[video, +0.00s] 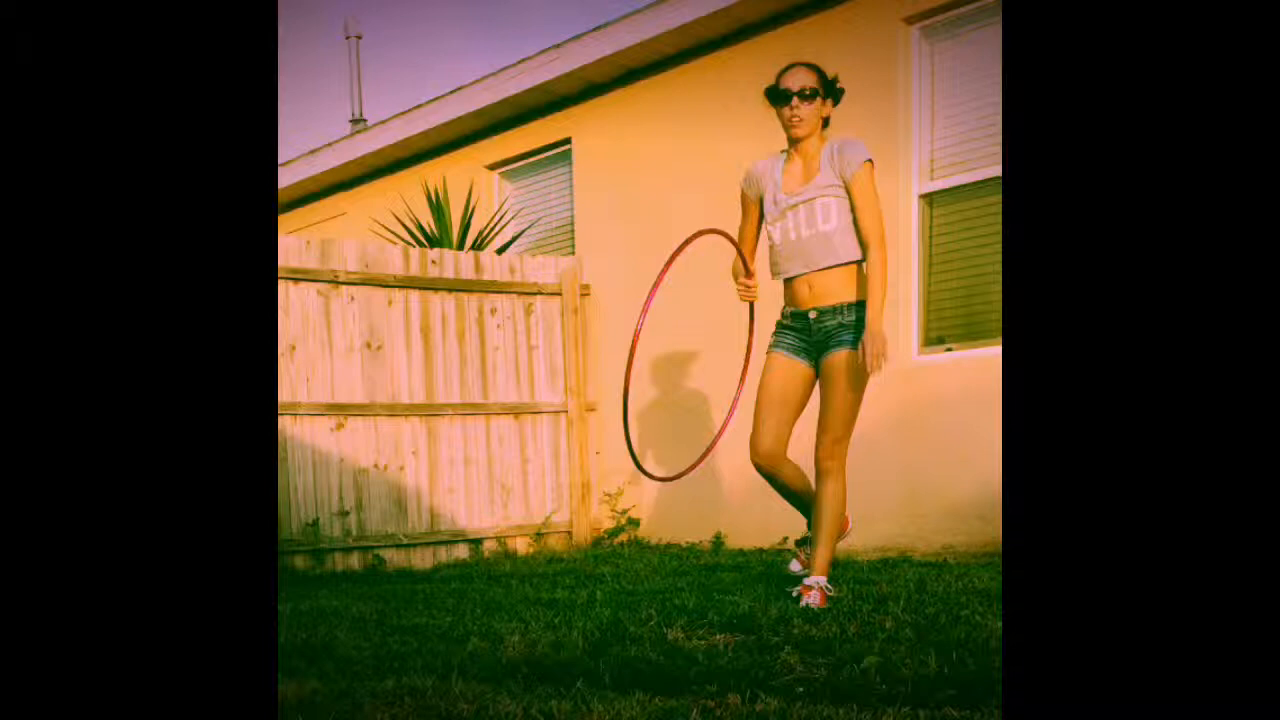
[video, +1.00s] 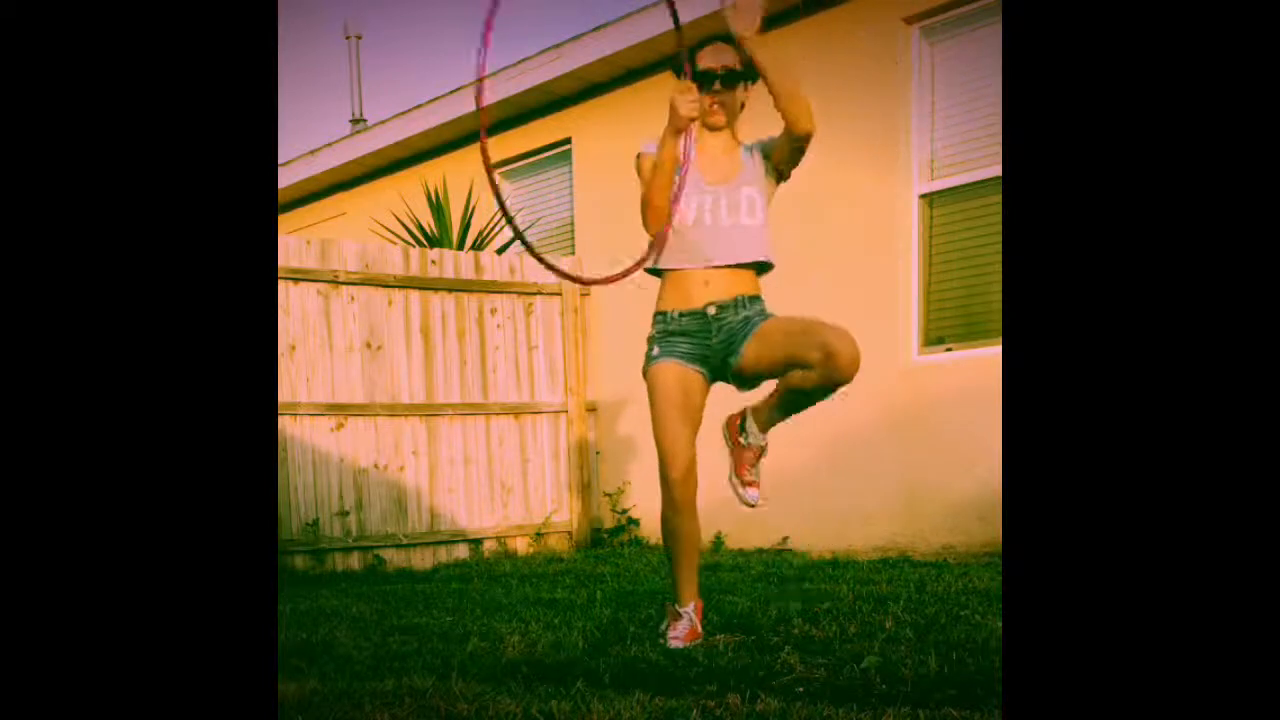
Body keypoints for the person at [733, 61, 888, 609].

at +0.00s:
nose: (794, 106)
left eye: (806, 96)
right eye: (784, 98)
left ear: (828, 105)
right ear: (774, 109)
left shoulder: (846, 155)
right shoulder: (761, 174)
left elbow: (875, 245)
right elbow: (744, 250)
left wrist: (873, 326)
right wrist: (746, 278)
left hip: (846, 321)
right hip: (793, 325)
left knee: (829, 456)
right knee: (765, 453)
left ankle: (816, 581)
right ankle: (829, 521)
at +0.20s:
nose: (799, 93)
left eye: (811, 84)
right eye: (789, 84)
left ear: (828, 95)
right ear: (774, 95)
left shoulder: (850, 158)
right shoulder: (752, 160)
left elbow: (889, 247)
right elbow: (711, 246)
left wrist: (921, 313)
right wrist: (747, 245)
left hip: (837, 317)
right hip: (775, 317)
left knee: (822, 456)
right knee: (771, 445)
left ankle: (815, 579)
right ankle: (776, 552)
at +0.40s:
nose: (789, 98)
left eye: (800, 87)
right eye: (777, 87)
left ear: (814, 93)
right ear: (762, 94)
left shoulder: (830, 167)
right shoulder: (738, 158)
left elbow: (859, 260)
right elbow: (702, 251)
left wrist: (938, 264)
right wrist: (729, 217)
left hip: (822, 321)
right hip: (758, 319)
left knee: (812, 458)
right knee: (745, 445)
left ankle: (812, 580)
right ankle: (725, 577)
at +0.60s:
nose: (764, 98)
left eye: (776, 87)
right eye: (752, 86)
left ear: (792, 95)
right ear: (735, 92)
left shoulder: (804, 169)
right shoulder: (711, 153)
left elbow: (879, 225)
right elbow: (676, 247)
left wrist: (887, 161)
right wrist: (691, 199)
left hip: (789, 324)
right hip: (722, 321)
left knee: (786, 471)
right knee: (707, 458)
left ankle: (791, 579)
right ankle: (685, 603)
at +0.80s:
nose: (739, 89)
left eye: (751, 78)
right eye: (727, 78)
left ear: (767, 85)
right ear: (710, 84)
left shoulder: (773, 156)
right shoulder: (677, 147)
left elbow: (826, 161)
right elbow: (647, 228)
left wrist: (872, 91)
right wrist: (636, 173)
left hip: (752, 316)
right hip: (684, 314)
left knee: (803, 450)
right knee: (690, 463)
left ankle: (728, 499)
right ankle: (686, 607)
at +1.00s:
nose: (717, 91)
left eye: (729, 80)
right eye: (705, 80)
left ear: (747, 90)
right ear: (687, 90)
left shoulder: (762, 158)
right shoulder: (663, 156)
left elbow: (801, 127)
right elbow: (655, 225)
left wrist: (751, 43)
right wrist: (671, 134)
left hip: (745, 320)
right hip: (677, 329)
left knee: (838, 353)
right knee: (677, 474)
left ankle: (752, 428)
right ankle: (686, 608)